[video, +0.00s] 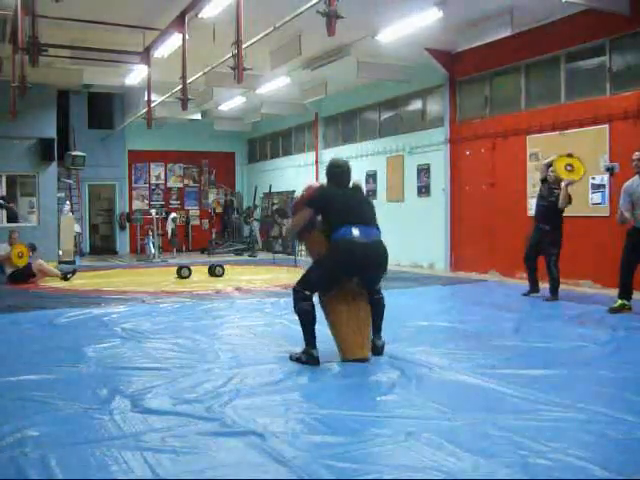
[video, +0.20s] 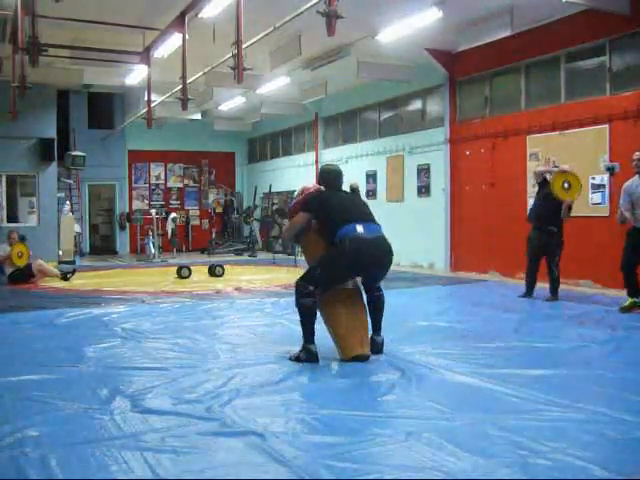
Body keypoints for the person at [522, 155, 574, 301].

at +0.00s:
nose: (551, 174)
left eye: (554, 171)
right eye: (549, 171)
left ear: (560, 174)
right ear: (547, 173)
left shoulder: (563, 192)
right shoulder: (545, 183)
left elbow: (562, 204)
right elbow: (543, 166)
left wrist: (564, 186)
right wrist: (560, 157)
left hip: (553, 228)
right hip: (540, 225)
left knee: (552, 261)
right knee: (529, 256)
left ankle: (554, 292)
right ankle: (533, 286)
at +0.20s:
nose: (561, 182)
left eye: (564, 181)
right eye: (559, 179)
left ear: (566, 184)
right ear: (555, 179)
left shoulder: (565, 196)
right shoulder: (544, 186)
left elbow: (564, 216)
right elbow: (538, 172)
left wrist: (566, 205)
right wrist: (556, 170)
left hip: (553, 230)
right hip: (537, 227)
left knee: (553, 263)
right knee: (532, 262)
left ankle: (554, 293)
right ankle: (528, 290)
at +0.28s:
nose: (556, 177)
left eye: (559, 174)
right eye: (554, 174)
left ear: (564, 177)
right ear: (550, 177)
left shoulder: (564, 194)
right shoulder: (542, 191)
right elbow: (531, 182)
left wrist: (569, 215)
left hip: (553, 232)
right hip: (537, 231)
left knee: (552, 264)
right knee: (533, 264)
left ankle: (553, 293)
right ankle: (529, 291)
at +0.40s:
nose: (556, 176)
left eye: (559, 174)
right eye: (554, 174)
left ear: (563, 178)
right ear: (549, 177)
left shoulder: (564, 194)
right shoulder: (542, 190)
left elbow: (569, 212)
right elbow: (529, 197)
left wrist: (567, 218)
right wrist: (548, 194)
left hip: (553, 232)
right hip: (537, 231)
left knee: (552, 264)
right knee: (533, 263)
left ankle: (553, 293)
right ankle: (529, 291)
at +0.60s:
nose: (555, 177)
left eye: (557, 174)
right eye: (552, 174)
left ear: (561, 177)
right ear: (548, 178)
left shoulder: (567, 199)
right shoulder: (539, 194)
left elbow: (568, 218)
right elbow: (529, 209)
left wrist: (568, 225)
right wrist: (540, 213)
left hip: (556, 235)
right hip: (538, 233)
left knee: (553, 265)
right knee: (532, 264)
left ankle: (554, 293)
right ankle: (529, 291)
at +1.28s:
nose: (543, 177)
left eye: (546, 174)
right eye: (542, 174)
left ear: (554, 176)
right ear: (540, 177)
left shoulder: (561, 197)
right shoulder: (537, 191)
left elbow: (565, 216)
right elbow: (529, 205)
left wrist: (553, 222)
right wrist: (526, 202)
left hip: (552, 231)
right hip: (537, 229)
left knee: (552, 262)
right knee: (534, 261)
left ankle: (553, 292)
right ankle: (536, 289)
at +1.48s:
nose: (544, 181)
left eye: (548, 177)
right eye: (542, 178)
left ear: (553, 179)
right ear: (538, 179)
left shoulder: (559, 195)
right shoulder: (535, 193)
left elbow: (561, 213)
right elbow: (520, 196)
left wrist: (554, 200)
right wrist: (531, 183)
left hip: (550, 232)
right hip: (534, 231)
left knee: (550, 263)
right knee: (534, 263)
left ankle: (553, 293)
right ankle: (536, 290)